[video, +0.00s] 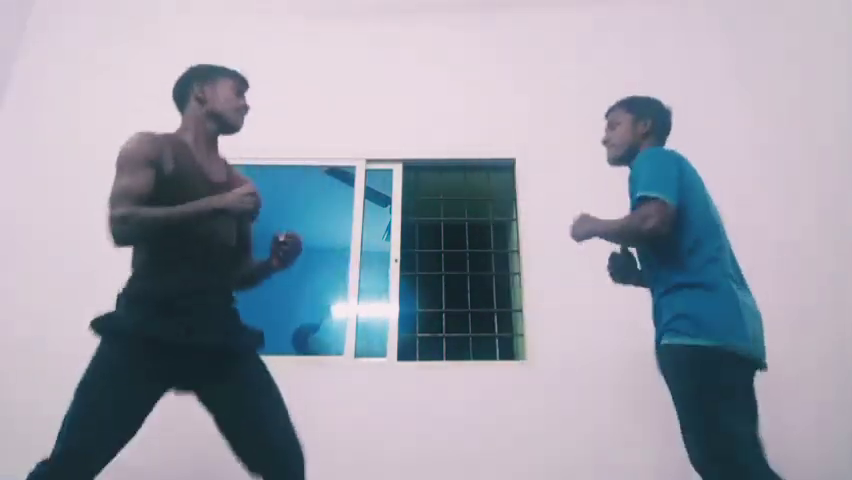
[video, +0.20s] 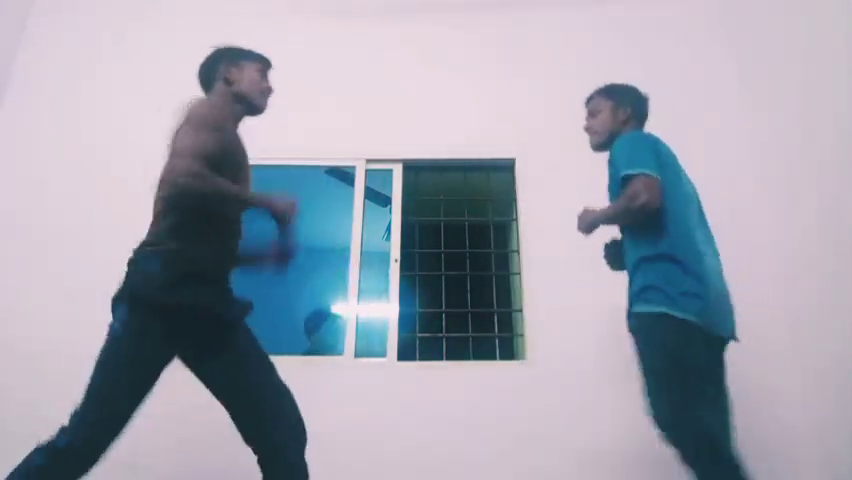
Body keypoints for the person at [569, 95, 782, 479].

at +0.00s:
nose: (604, 135)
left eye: (613, 125)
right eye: (606, 127)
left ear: (644, 127)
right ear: (646, 131)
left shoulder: (654, 160)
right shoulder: (677, 173)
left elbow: (654, 220)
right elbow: (692, 268)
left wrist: (597, 226)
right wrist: (638, 274)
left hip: (696, 329)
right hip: (726, 331)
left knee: (716, 459)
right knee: (740, 459)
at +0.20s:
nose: (586, 122)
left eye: (594, 113)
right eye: (587, 115)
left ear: (624, 114)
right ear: (627, 119)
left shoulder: (632, 142)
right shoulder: (662, 159)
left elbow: (644, 196)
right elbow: (679, 238)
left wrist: (599, 215)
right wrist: (631, 252)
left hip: (667, 301)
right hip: (704, 306)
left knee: (677, 414)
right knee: (706, 421)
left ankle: (722, 471)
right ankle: (726, 472)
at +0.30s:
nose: (584, 136)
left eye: (591, 126)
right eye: (584, 128)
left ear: (620, 128)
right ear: (626, 132)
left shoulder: (627, 157)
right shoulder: (657, 171)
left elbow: (640, 213)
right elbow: (674, 253)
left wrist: (594, 234)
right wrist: (624, 272)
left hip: (658, 313)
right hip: (697, 319)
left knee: (659, 425)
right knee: (691, 431)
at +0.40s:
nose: (578, 177)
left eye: (584, 167)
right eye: (578, 169)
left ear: (612, 167)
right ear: (617, 170)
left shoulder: (624, 199)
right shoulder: (659, 214)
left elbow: (633, 264)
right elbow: (671, 297)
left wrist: (582, 291)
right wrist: (622, 328)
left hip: (656, 343)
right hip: (702, 353)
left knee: (616, 452)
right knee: (681, 464)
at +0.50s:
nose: (563, 209)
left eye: (567, 199)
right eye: (562, 202)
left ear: (593, 196)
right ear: (603, 199)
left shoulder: (604, 220)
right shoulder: (648, 235)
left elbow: (617, 280)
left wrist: (574, 322)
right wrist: (621, 349)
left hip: (660, 338)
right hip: (713, 347)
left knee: (596, 448)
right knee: (689, 464)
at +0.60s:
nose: (550, 306)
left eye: (549, 298)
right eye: (546, 300)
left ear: (556, 288)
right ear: (572, 275)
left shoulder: (581, 288)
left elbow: (560, 334)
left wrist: (546, 385)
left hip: (670, 354)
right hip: (738, 363)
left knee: (572, 442)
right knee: (703, 456)